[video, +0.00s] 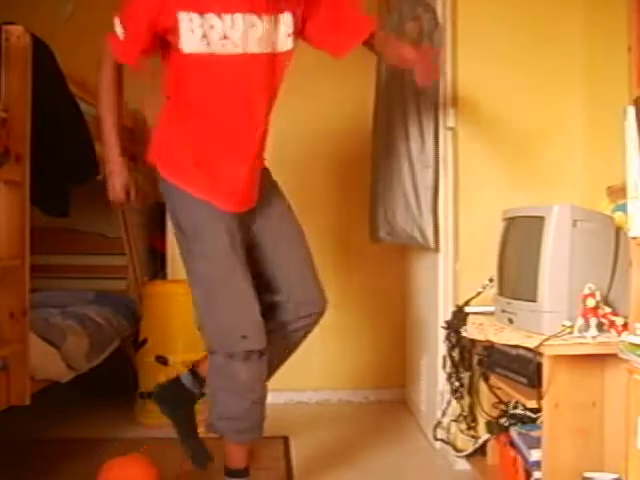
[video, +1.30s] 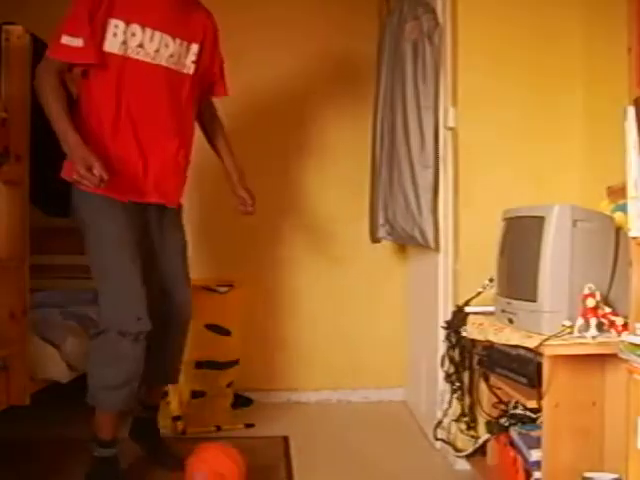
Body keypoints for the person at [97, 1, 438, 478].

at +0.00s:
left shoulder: (294, 4)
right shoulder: (165, 6)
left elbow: (367, 34)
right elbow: (112, 58)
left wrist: (412, 56)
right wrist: (114, 158)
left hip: (248, 169)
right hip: (190, 173)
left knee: (302, 305)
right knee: (241, 341)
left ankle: (185, 390)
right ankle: (237, 472)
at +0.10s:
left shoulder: (285, 2)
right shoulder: (156, 1)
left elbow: (354, 45)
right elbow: (109, 25)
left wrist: (413, 110)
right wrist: (105, 119)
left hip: (249, 161)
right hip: (178, 162)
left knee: (264, 308)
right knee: (205, 310)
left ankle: (209, 414)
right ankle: (218, 445)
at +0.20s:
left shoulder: (279, 7)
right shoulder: (138, 3)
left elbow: (336, 72)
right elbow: (101, 46)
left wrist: (376, 155)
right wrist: (86, 123)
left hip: (238, 176)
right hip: (161, 172)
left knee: (237, 308)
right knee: (147, 294)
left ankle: (236, 439)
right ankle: (171, 426)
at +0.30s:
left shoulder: (267, 8)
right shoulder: (135, 6)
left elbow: (302, 88)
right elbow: (95, 55)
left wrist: (328, 171)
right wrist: (66, 104)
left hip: (220, 186)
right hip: (144, 175)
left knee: (233, 321)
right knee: (96, 286)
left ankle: (237, 452)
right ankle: (138, 425)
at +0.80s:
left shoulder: (198, 15)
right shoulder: (86, 9)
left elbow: (233, 102)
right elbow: (41, 89)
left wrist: (274, 121)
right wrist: (57, 180)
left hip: (165, 189)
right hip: (105, 196)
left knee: (247, 255)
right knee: (114, 332)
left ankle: (201, 390)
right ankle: (90, 450)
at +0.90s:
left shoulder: (204, 8)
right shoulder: (100, 3)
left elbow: (223, 87)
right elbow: (49, 74)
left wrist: (266, 109)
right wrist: (66, 162)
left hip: (169, 176)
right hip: (108, 179)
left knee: (228, 268)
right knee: (98, 308)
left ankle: (168, 388)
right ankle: (69, 442)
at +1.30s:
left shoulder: (201, 21)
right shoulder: (102, 4)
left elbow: (204, 104)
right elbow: (47, 74)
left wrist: (237, 177)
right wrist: (73, 146)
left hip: (162, 190)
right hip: (103, 182)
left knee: (173, 312)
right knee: (127, 318)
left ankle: (145, 424)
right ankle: (105, 454)